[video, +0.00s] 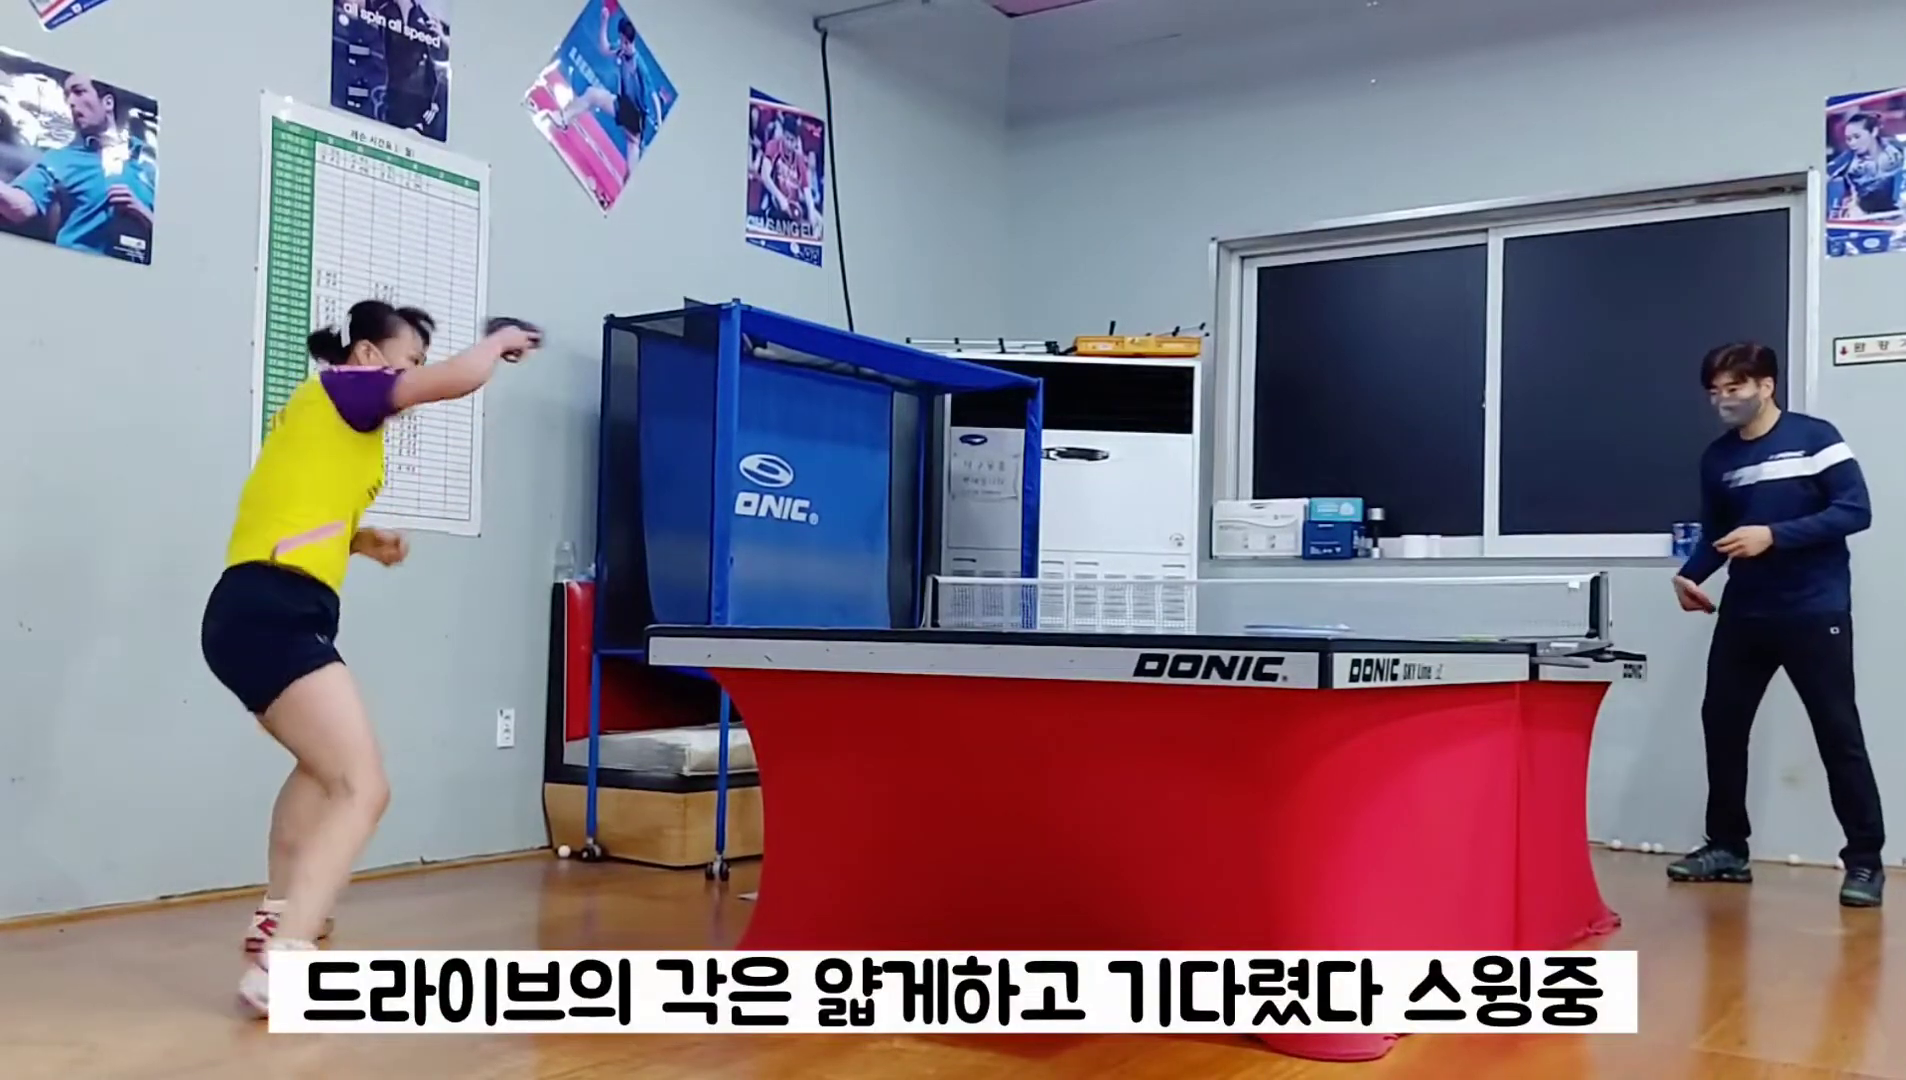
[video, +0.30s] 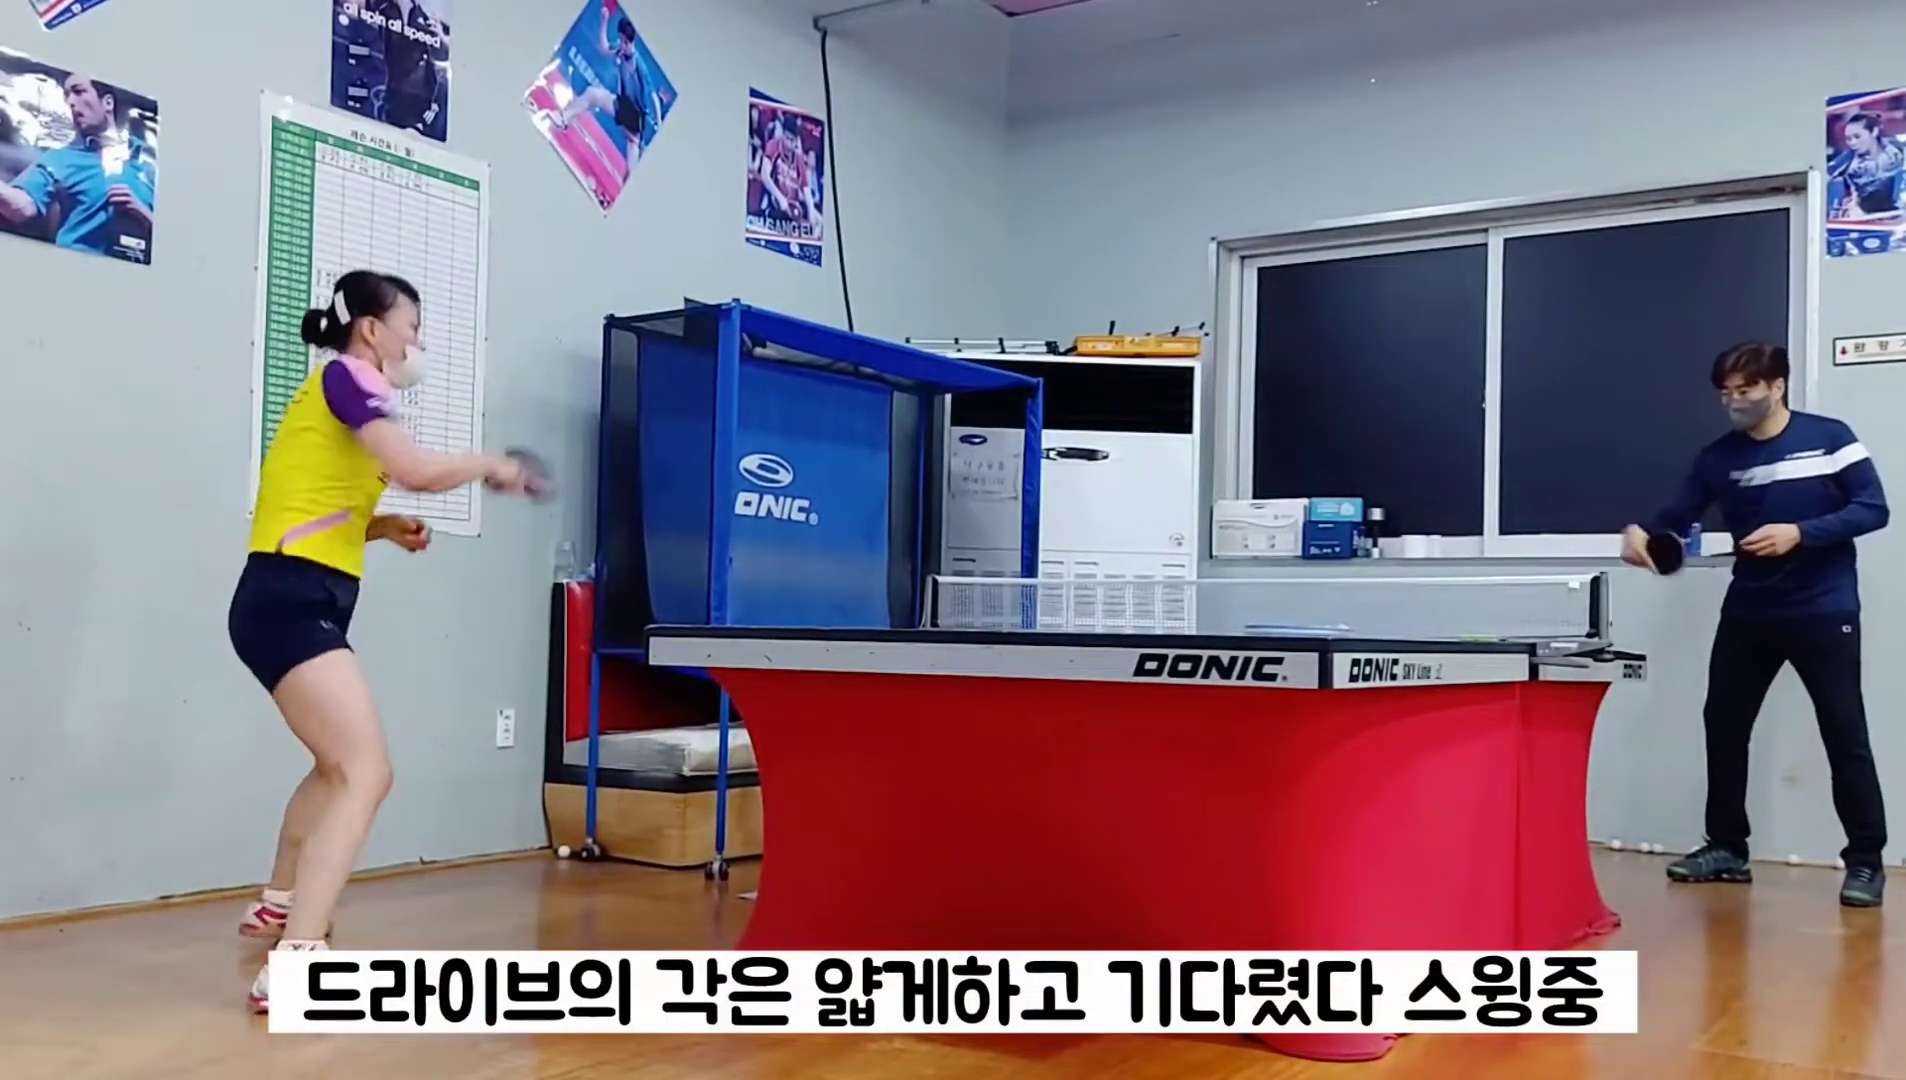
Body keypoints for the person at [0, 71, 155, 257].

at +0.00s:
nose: (71, 101)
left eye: (80, 91)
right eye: (67, 96)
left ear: (108, 102)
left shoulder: (149, 162)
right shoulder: (61, 159)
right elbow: (20, 208)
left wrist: (143, 212)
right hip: (74, 261)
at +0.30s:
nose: (71, 101)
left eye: (79, 91)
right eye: (67, 96)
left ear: (108, 103)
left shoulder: (149, 161)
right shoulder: (60, 159)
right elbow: (20, 208)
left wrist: (143, 212)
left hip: (134, 270)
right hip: (74, 262)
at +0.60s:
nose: (70, 101)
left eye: (79, 91)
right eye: (67, 96)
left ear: (108, 103)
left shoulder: (149, 160)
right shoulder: (60, 159)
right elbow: (20, 208)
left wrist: (142, 212)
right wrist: (4, 192)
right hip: (74, 262)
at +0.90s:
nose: (70, 101)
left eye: (79, 91)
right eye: (67, 95)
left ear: (108, 103)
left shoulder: (149, 162)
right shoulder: (60, 159)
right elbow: (20, 207)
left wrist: (143, 212)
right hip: (75, 262)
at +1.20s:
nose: (70, 101)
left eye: (79, 91)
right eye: (67, 95)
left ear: (108, 103)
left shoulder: (149, 162)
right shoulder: (60, 159)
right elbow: (19, 207)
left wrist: (143, 213)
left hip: (134, 270)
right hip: (74, 261)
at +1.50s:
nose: (70, 101)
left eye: (79, 91)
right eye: (67, 96)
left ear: (108, 103)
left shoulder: (149, 161)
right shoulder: (59, 159)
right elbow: (19, 207)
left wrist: (143, 213)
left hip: (134, 270)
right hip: (75, 260)